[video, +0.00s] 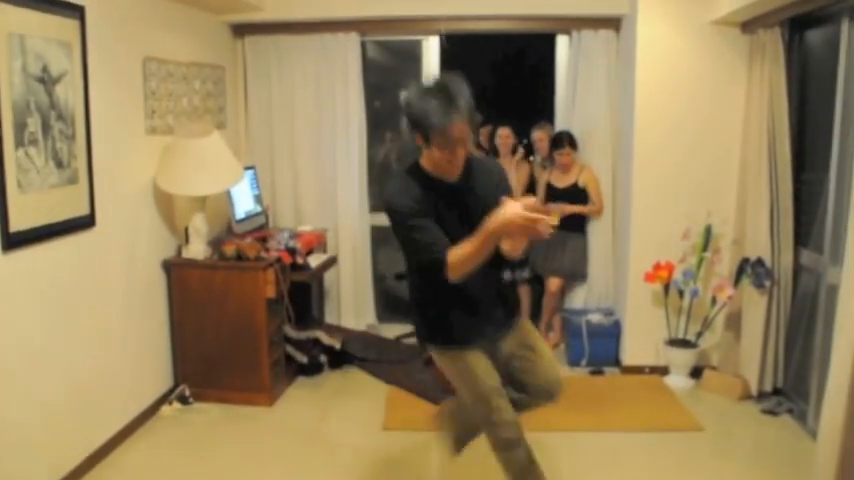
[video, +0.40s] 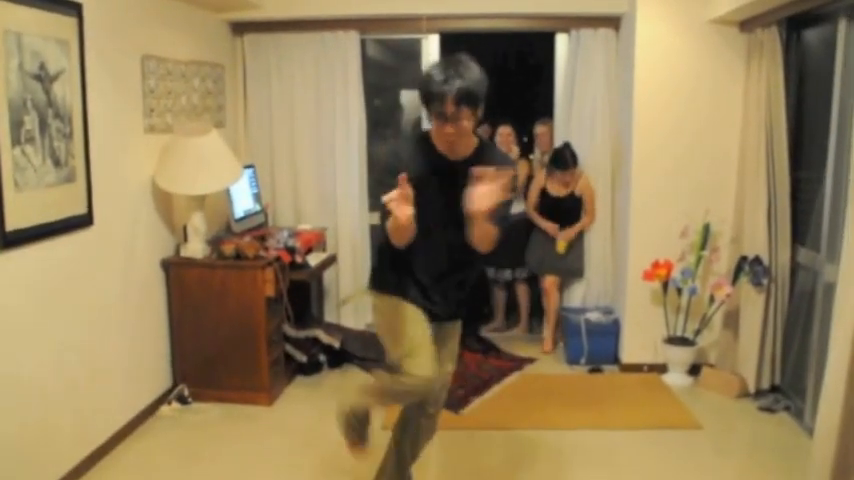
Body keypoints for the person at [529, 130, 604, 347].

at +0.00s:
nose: (564, 159)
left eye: (568, 154)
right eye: (560, 154)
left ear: (575, 153)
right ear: (553, 155)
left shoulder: (585, 174)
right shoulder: (546, 177)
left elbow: (597, 207)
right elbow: (538, 206)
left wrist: (570, 209)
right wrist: (550, 211)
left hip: (574, 235)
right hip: (550, 233)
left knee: (555, 286)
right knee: (553, 286)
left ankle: (543, 330)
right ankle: (556, 332)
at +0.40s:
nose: (564, 179)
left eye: (568, 175)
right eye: (560, 175)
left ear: (574, 169)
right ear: (551, 170)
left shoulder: (583, 183)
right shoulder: (541, 178)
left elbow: (589, 215)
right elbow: (530, 208)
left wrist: (572, 231)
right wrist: (546, 225)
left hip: (570, 232)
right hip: (544, 231)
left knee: (550, 282)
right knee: (546, 284)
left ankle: (549, 332)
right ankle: (552, 329)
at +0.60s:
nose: (569, 198)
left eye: (573, 194)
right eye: (565, 194)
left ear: (578, 188)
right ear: (555, 186)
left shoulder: (582, 198)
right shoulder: (541, 185)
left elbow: (585, 226)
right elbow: (528, 214)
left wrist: (580, 255)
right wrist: (542, 235)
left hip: (567, 234)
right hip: (540, 232)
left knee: (550, 283)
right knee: (542, 284)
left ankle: (550, 333)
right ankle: (549, 329)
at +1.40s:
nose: (563, 194)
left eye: (567, 188)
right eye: (559, 188)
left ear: (573, 186)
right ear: (550, 187)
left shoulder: (579, 197)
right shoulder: (539, 194)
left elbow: (582, 222)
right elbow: (532, 223)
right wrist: (538, 236)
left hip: (563, 235)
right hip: (541, 233)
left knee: (548, 279)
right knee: (539, 281)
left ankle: (550, 329)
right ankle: (550, 325)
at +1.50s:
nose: (559, 180)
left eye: (563, 175)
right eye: (554, 175)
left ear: (571, 175)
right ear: (547, 176)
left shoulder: (578, 190)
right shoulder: (538, 189)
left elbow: (580, 223)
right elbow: (536, 221)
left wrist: (561, 227)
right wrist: (549, 224)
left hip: (564, 235)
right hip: (539, 235)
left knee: (548, 279)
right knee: (539, 281)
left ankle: (550, 329)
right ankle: (550, 325)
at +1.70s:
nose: (554, 154)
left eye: (559, 149)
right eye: (550, 150)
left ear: (568, 152)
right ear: (545, 153)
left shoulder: (576, 173)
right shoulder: (539, 173)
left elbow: (578, 209)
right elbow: (533, 203)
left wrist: (563, 194)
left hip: (564, 229)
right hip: (542, 227)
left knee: (548, 278)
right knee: (544, 279)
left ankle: (549, 329)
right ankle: (550, 327)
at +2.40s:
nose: (546, 146)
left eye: (551, 141)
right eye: (543, 141)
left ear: (560, 144)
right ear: (538, 146)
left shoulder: (569, 165)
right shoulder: (537, 167)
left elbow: (569, 198)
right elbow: (531, 198)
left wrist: (561, 171)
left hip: (561, 225)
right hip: (539, 224)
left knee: (538, 274)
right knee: (544, 279)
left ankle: (536, 319)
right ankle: (548, 323)